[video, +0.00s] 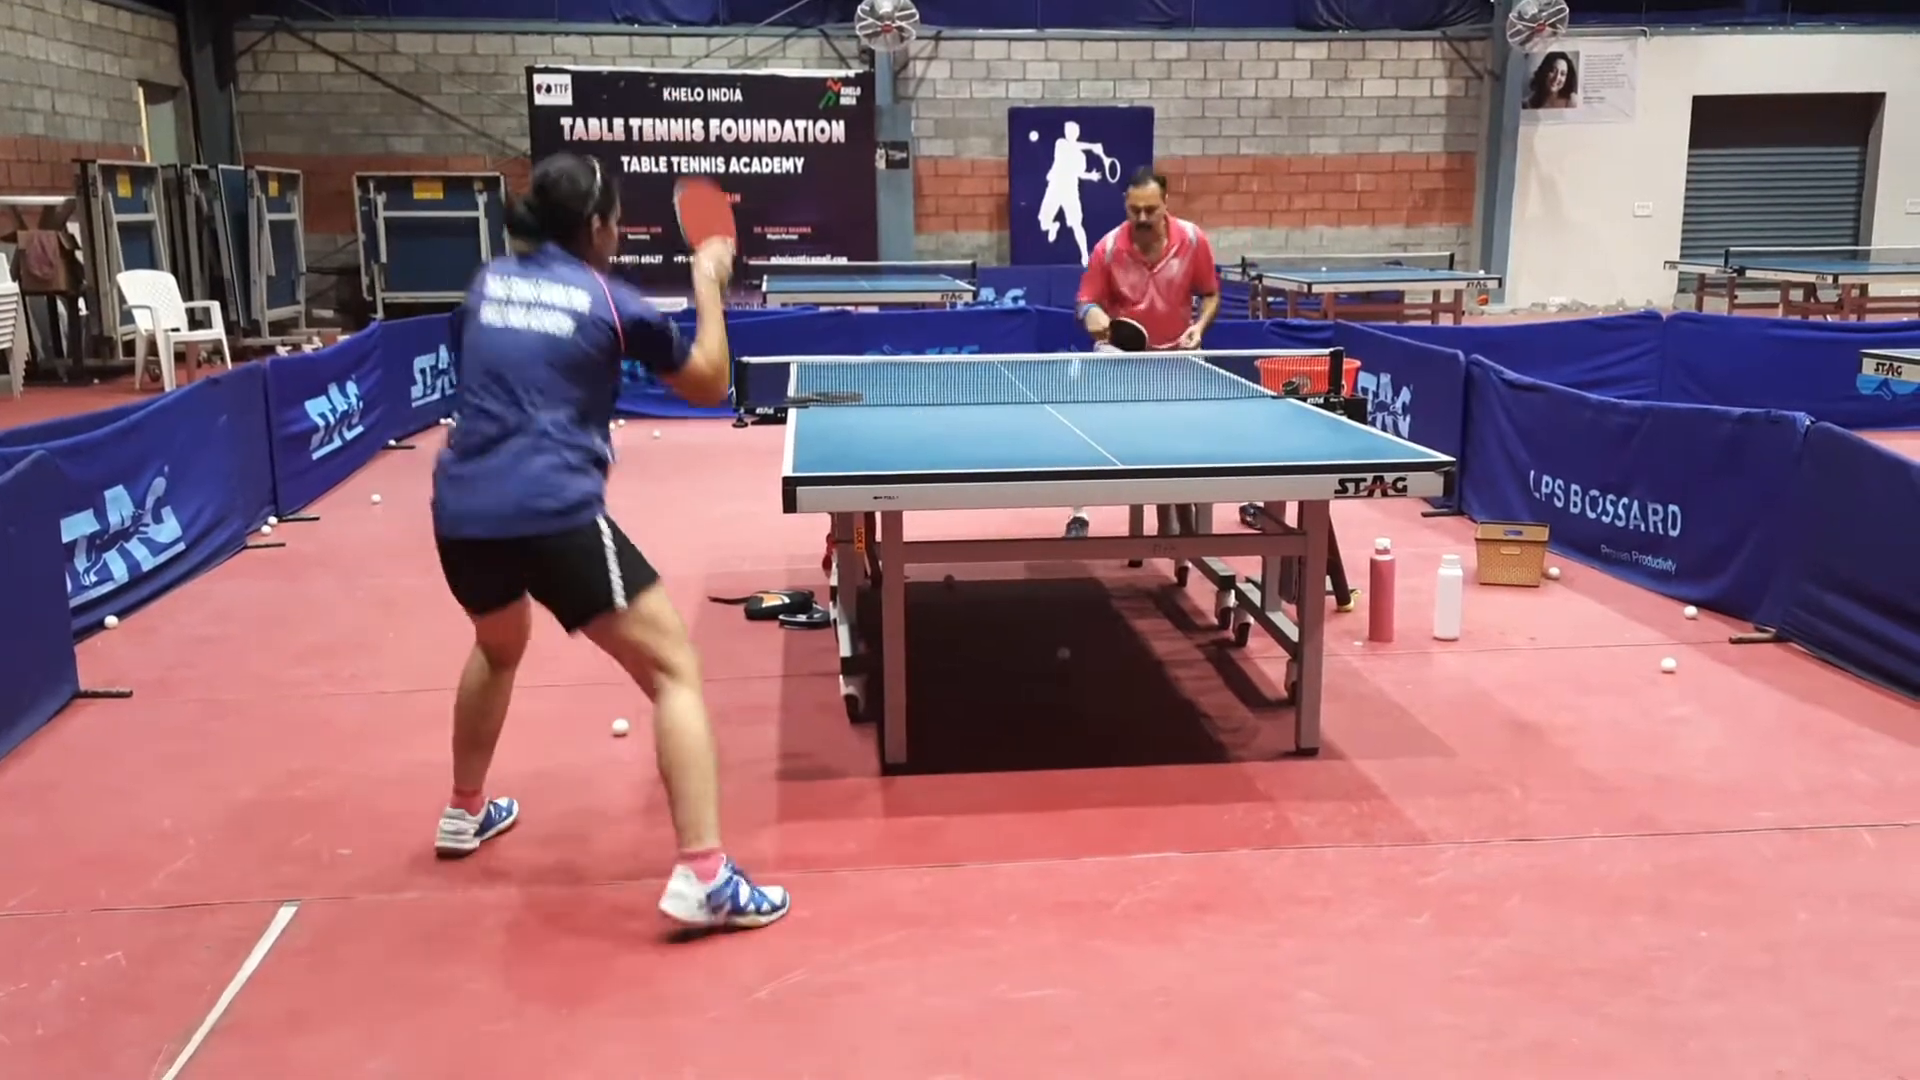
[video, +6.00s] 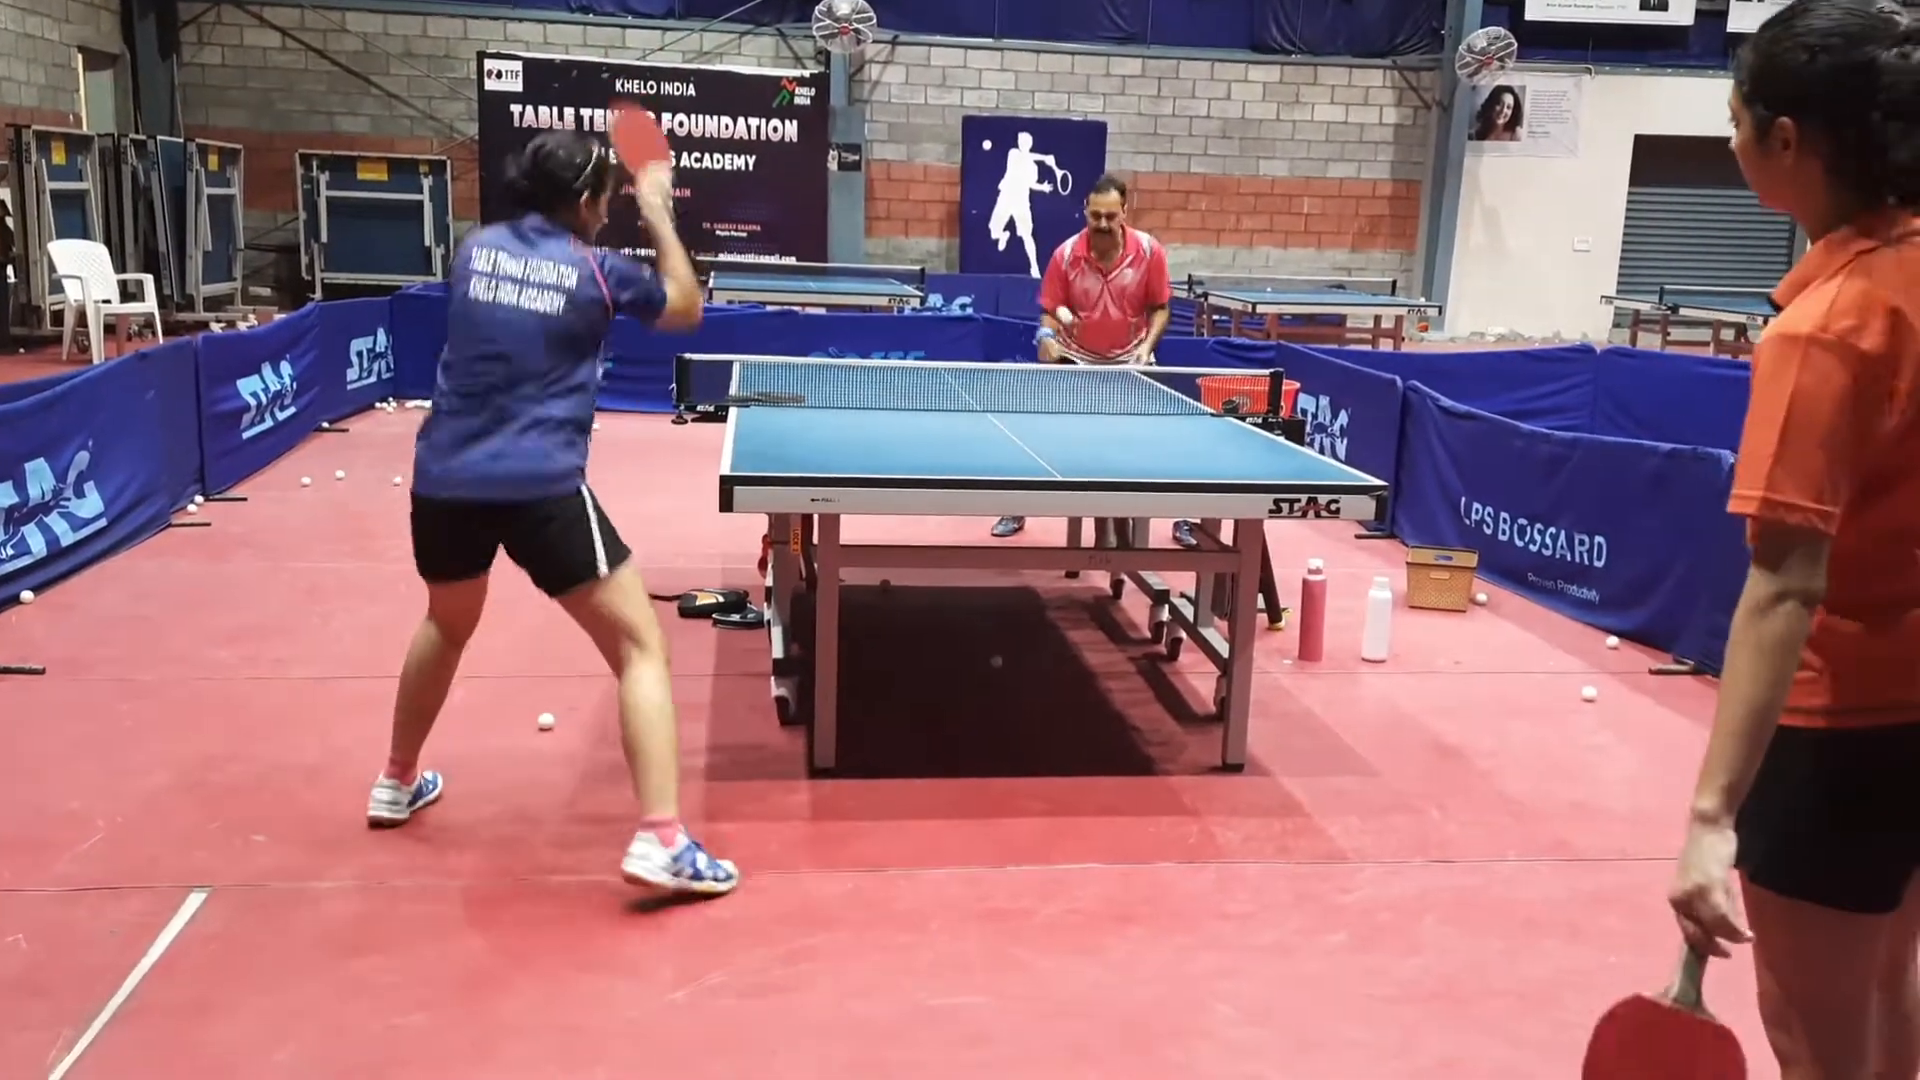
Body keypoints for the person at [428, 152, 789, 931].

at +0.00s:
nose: (619, 229)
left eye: (617, 216)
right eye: (615, 217)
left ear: (534, 218)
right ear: (596, 224)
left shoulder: (485, 282)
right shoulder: (609, 301)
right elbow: (707, 382)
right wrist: (710, 285)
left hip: (463, 515)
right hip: (558, 515)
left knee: (496, 646)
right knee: (672, 672)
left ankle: (462, 811)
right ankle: (704, 872)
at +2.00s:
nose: (557, 247)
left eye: (561, 234)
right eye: (546, 235)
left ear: (509, 229)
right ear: (499, 226)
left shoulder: (477, 272)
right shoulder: (475, 289)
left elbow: (531, 360)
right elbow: (547, 380)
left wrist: (609, 337)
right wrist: (617, 312)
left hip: (405, 479)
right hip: (435, 481)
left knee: (450, 619)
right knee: (547, 634)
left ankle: (371, 744)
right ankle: (573, 829)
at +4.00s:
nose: (593, 254)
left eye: (591, 240)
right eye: (587, 241)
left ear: (539, 243)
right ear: (556, 250)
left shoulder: (511, 294)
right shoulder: (496, 327)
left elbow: (530, 401)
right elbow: (450, 464)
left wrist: (598, 470)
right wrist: (549, 516)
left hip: (359, 482)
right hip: (379, 499)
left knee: (398, 636)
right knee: (501, 665)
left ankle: (313, 764)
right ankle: (479, 869)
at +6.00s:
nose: (606, 207)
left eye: (605, 194)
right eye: (603, 196)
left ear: (526, 192)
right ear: (582, 202)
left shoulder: (472, 250)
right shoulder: (596, 269)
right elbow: (685, 307)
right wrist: (658, 211)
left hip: (445, 483)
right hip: (541, 489)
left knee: (445, 624)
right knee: (638, 650)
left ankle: (395, 781)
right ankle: (662, 834)